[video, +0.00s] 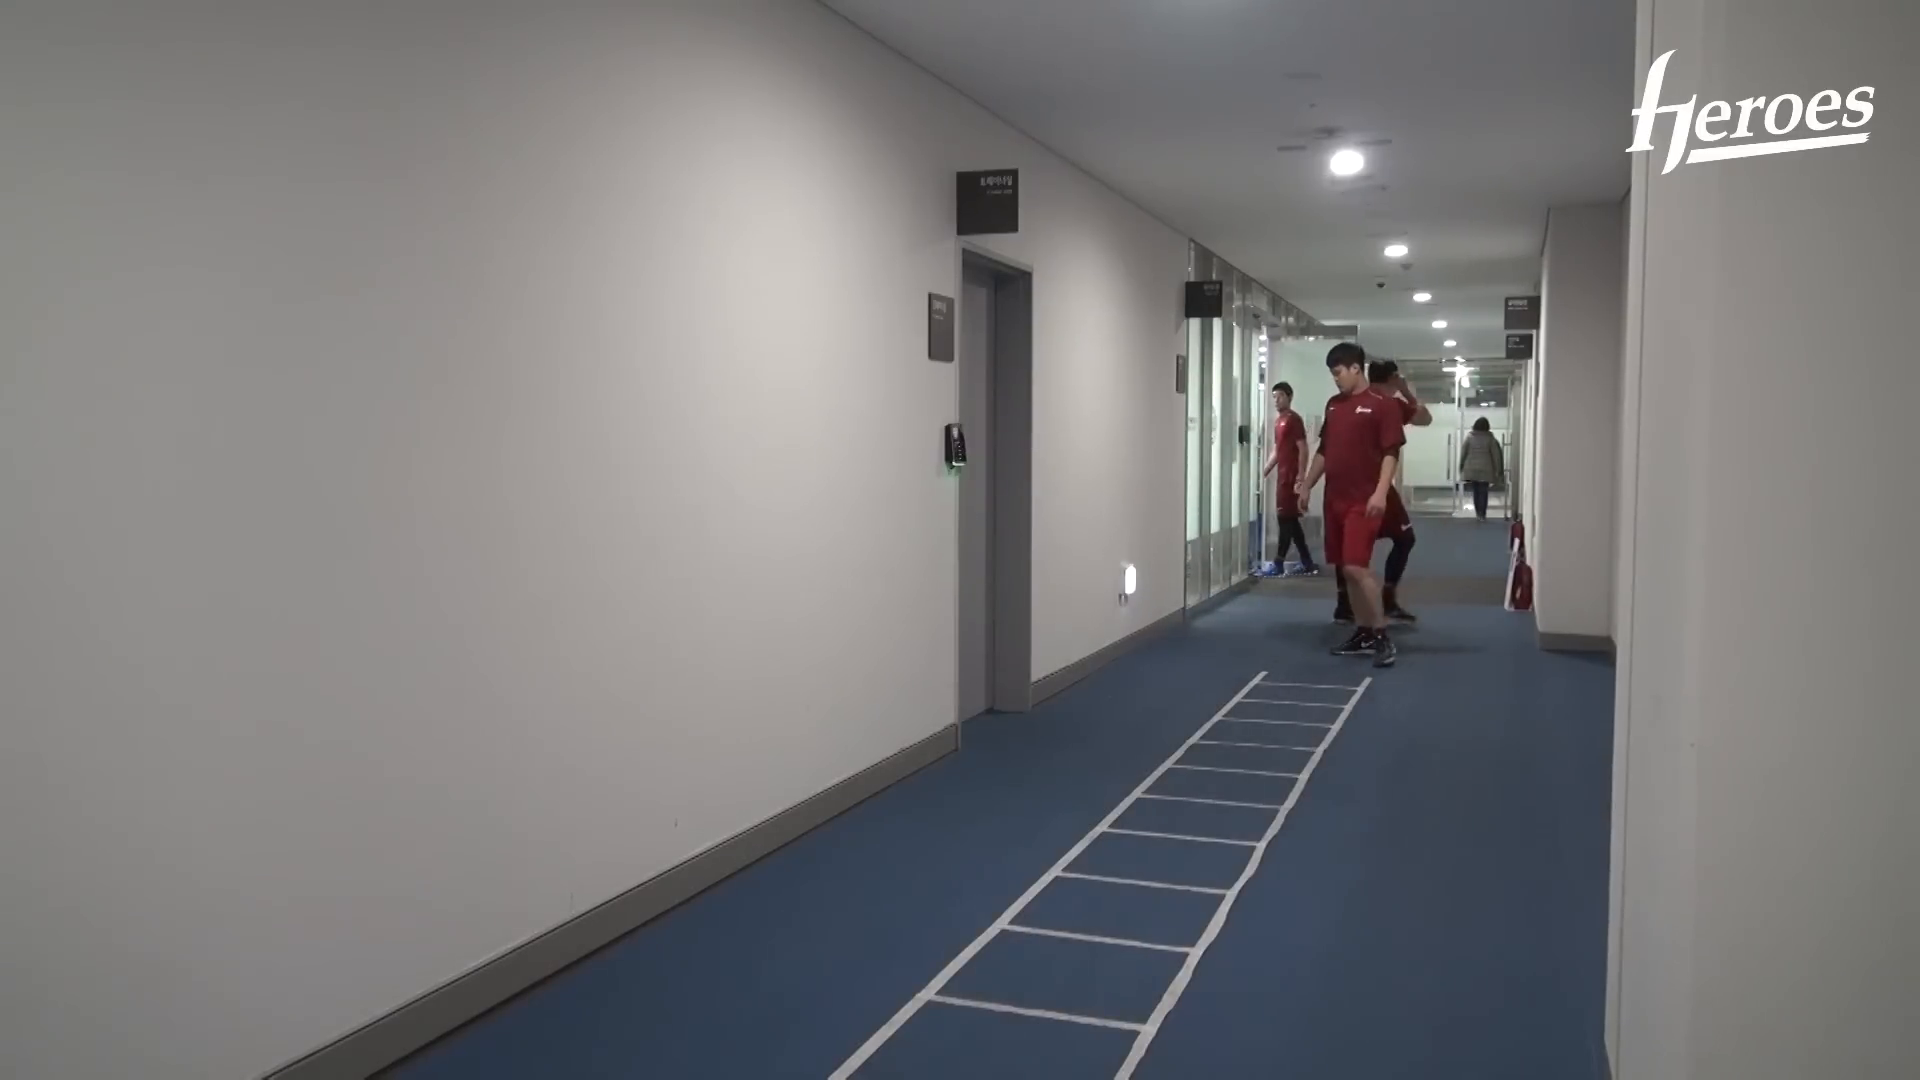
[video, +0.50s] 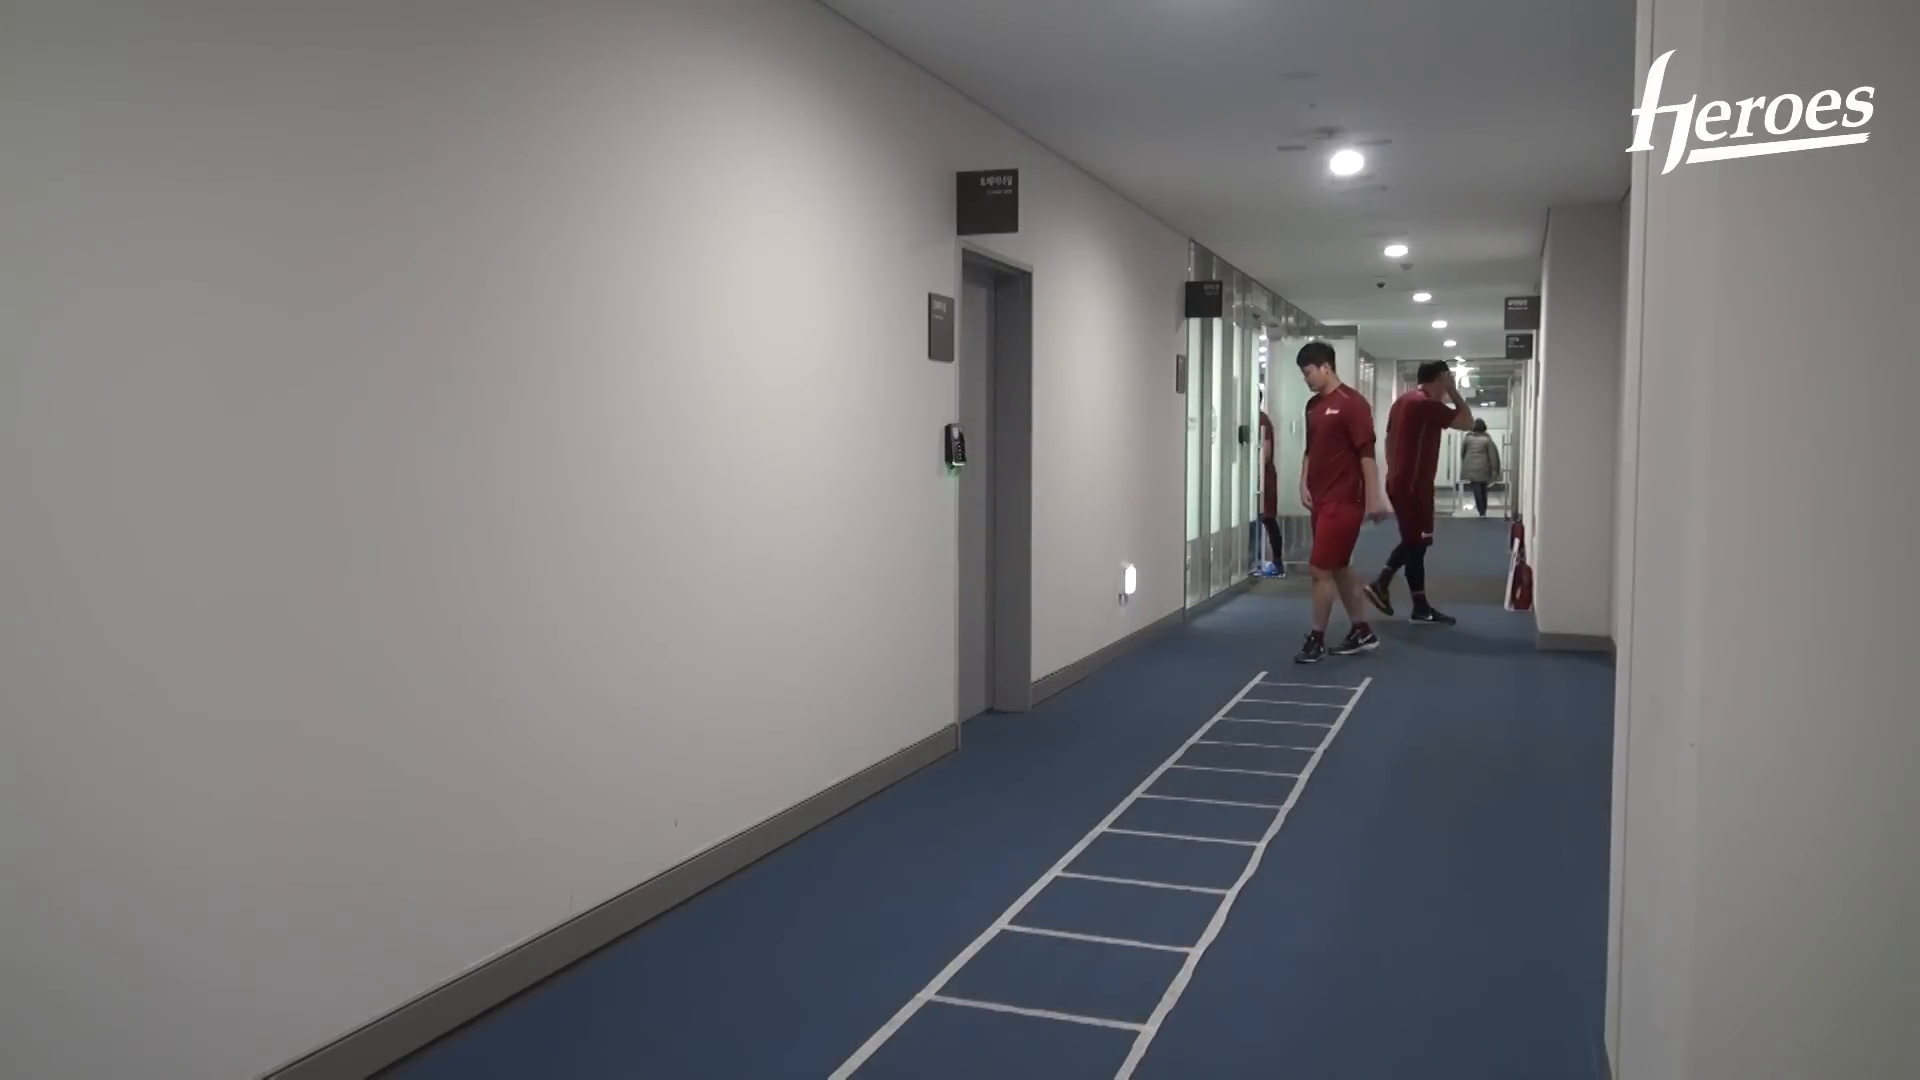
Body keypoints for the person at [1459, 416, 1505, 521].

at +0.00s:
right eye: (1487, 425)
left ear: (1475, 425)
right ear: (1487, 426)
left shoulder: (1470, 437)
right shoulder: (1490, 438)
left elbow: (1464, 453)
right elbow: (1496, 456)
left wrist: (1461, 466)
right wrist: (1498, 471)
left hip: (1472, 469)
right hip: (1485, 469)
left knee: (1476, 491)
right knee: (1484, 492)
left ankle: (1479, 513)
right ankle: (1482, 514)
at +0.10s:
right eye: (1486, 426)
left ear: (1476, 426)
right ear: (1487, 427)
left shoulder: (1470, 438)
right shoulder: (1490, 438)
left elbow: (1464, 454)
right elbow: (1495, 455)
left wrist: (1460, 468)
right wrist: (1497, 469)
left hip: (1473, 468)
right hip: (1486, 468)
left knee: (1477, 490)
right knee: (1484, 490)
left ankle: (1480, 512)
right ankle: (1483, 513)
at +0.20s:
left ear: (1475, 426)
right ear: (1487, 427)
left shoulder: (1470, 438)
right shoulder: (1490, 439)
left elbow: (1463, 456)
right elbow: (1495, 458)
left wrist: (1460, 473)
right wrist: (1496, 474)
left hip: (1473, 470)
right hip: (1486, 471)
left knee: (1477, 492)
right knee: (1488, 491)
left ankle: (1480, 513)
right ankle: (1485, 509)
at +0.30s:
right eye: (1484, 425)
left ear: (1474, 425)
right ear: (1486, 426)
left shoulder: (1470, 438)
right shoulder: (1489, 438)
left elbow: (1463, 455)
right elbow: (1494, 458)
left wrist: (1461, 472)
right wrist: (1494, 473)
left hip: (1472, 470)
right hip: (1485, 470)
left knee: (1477, 492)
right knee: (1486, 489)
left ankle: (1481, 514)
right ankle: (1487, 507)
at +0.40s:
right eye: (1484, 424)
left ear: (1474, 425)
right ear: (1485, 426)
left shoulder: (1469, 437)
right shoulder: (1489, 438)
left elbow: (1463, 453)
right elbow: (1493, 456)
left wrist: (1464, 463)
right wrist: (1494, 471)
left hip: (1471, 466)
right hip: (1484, 467)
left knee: (1476, 490)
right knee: (1485, 489)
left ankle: (1481, 513)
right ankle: (1487, 509)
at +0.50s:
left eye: (1476, 425)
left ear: (1473, 426)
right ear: (1484, 427)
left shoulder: (1468, 438)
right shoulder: (1487, 439)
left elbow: (1463, 452)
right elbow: (1493, 456)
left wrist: (1465, 461)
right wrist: (1495, 470)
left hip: (1470, 466)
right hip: (1483, 467)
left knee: (1476, 488)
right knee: (1483, 488)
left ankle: (1481, 511)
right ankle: (1483, 510)